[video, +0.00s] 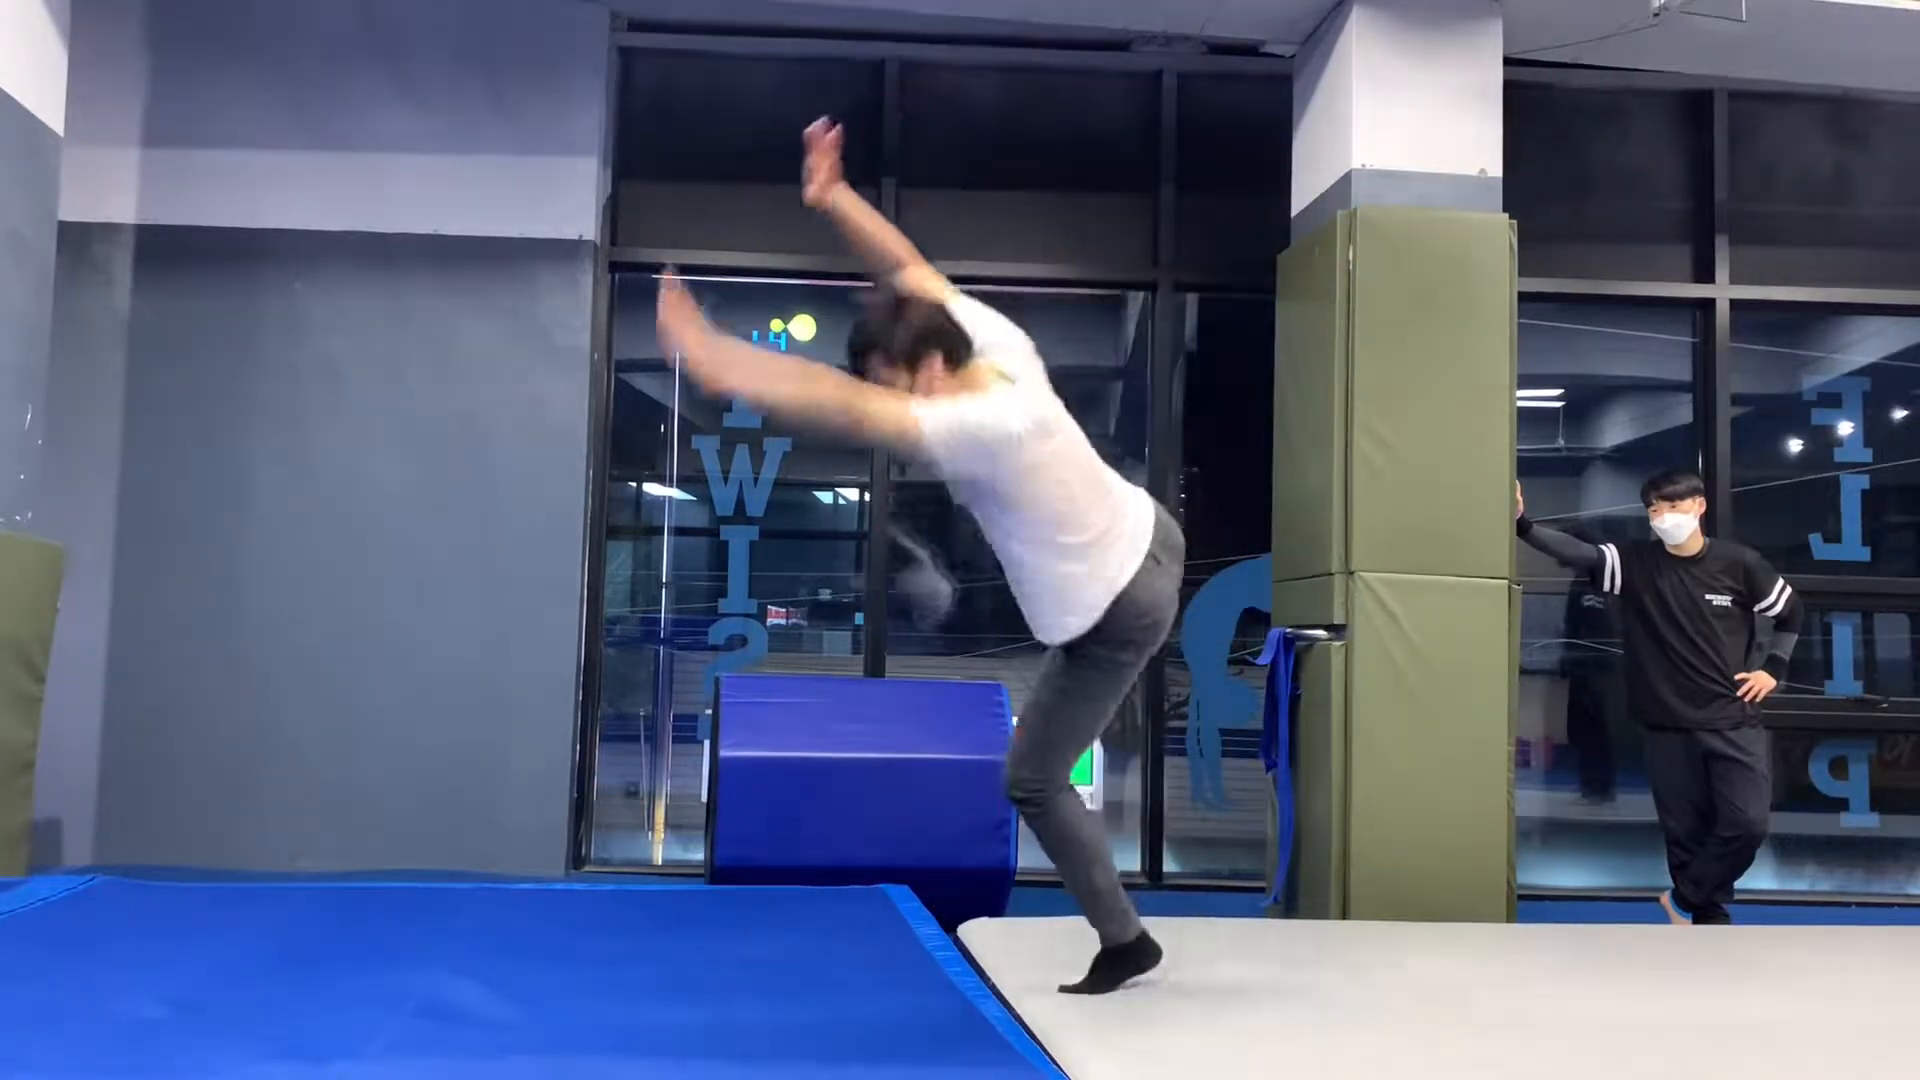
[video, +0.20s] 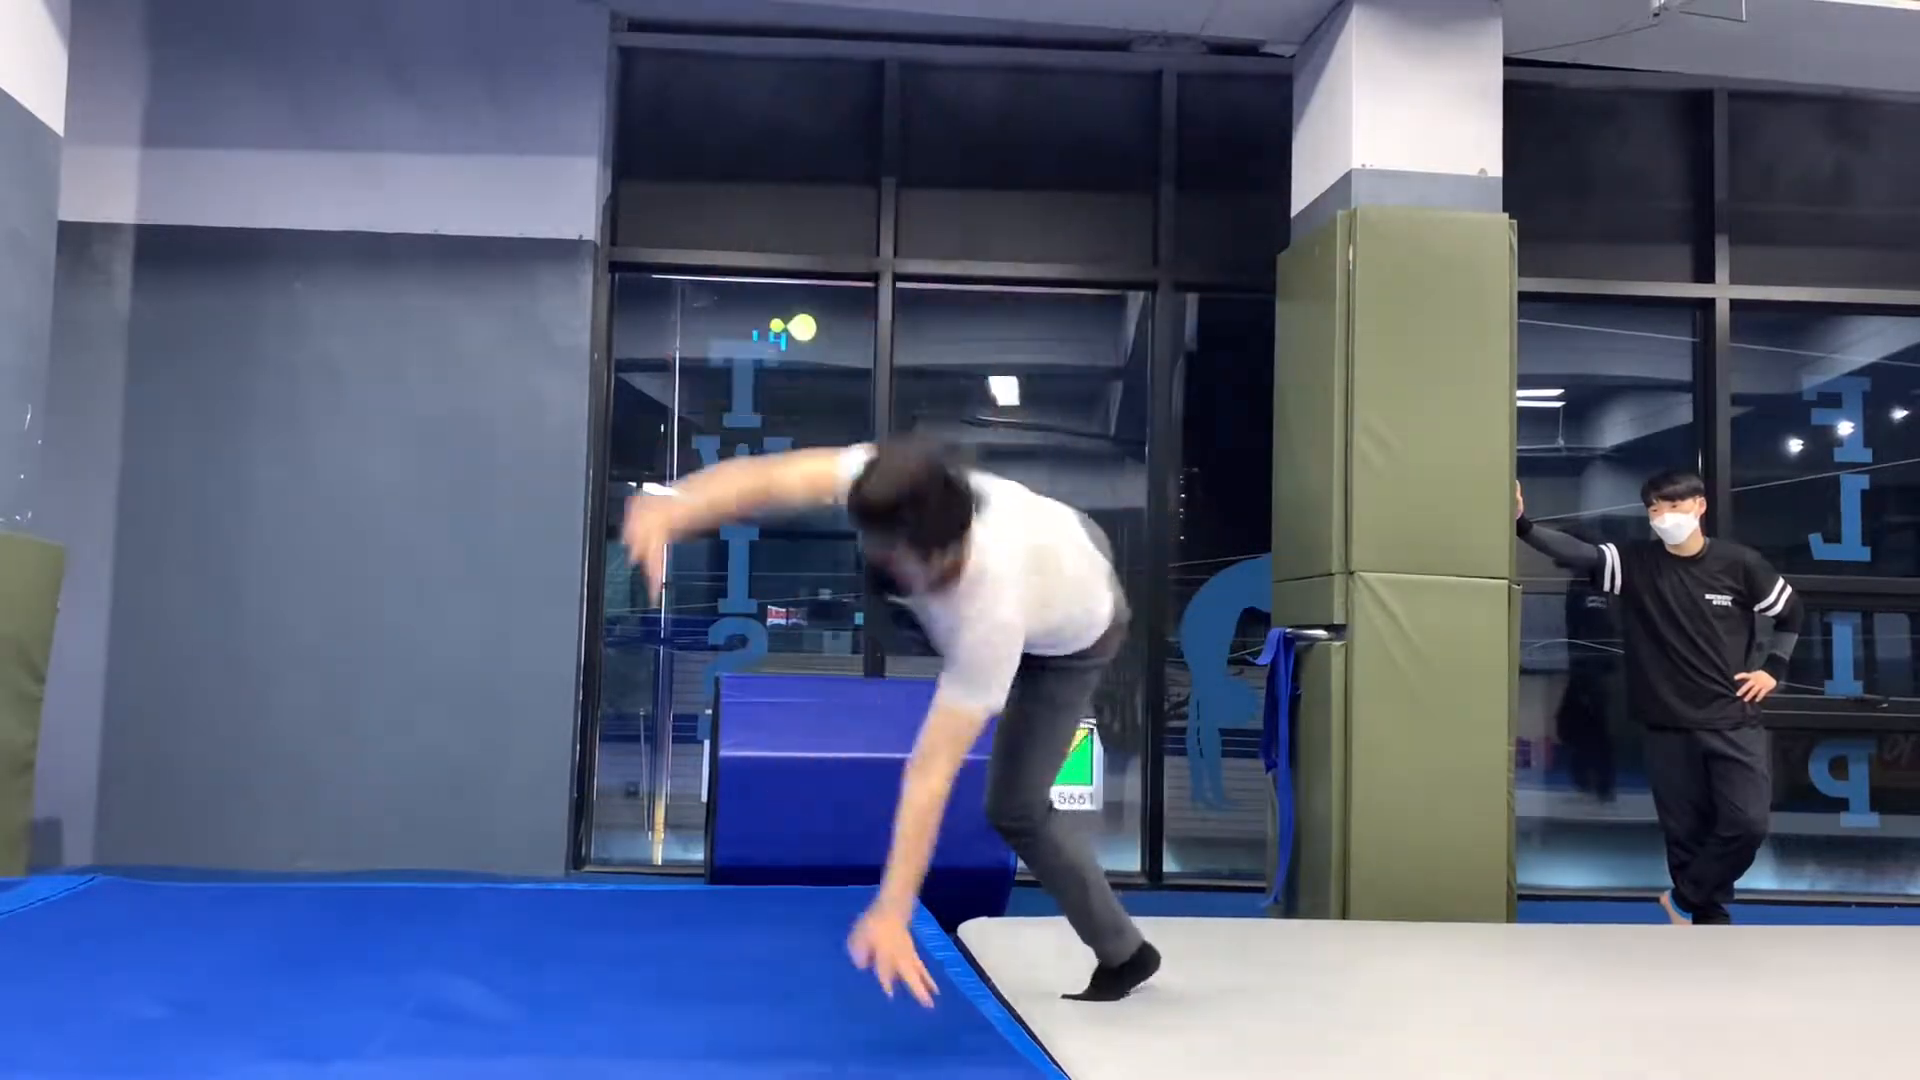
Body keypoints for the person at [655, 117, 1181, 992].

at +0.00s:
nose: (897, 401)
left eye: (897, 385)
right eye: (887, 385)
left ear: (930, 364)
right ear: (933, 345)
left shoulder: (978, 425)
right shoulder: (989, 341)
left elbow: (849, 406)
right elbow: (912, 272)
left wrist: (721, 363)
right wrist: (833, 198)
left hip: (1127, 608)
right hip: (1152, 530)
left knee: (1035, 780)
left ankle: (1124, 938)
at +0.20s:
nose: (884, 568)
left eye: (896, 559)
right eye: (878, 554)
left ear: (940, 550)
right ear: (873, 525)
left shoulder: (994, 612)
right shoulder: (895, 484)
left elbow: (931, 771)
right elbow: (771, 480)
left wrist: (892, 910)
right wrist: (667, 509)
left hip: (1078, 629)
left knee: (1017, 807)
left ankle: (1123, 951)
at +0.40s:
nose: (826, 827)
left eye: (844, 829)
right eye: (825, 815)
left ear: (904, 800)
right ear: (823, 769)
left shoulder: (936, 782)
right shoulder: (786, 700)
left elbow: (916, 927)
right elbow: (713, 828)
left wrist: (914, 1061)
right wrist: (666, 974)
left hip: (979, 532)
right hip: (888, 480)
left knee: (1045, 679)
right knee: (730, 457)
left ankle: (1152, 796)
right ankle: (659, 374)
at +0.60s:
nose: (771, 939)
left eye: (802, 944)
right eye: (765, 927)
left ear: (861, 883)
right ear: (752, 874)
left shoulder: (893, 810)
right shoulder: (703, 798)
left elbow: (907, 943)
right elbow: (647, 957)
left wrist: (918, 1069)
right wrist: (632, 1075)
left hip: (835, 520)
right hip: (726, 517)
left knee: (903, 471)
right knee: (527, 630)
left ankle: (958, 433)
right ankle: (357, 652)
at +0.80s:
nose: (779, 886)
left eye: (800, 877)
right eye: (770, 877)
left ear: (834, 818)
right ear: (730, 835)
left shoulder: (833, 731)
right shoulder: (649, 789)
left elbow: (917, 839)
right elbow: (613, 974)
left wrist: (970, 970)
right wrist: (619, 1079)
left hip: (600, 561)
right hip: (513, 620)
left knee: (544, 455)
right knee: (536, 856)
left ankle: (524, 375)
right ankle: (426, 1023)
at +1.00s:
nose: (755, 724)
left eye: (761, 707)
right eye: (758, 723)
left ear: (735, 630)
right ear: (722, 728)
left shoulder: (709, 569)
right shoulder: (604, 750)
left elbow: (828, 466)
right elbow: (605, 915)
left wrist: (939, 404)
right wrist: (628, 1066)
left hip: (402, 542)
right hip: (382, 648)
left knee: (190, 638)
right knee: (469, 859)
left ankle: (0, 679)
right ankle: (415, 1040)